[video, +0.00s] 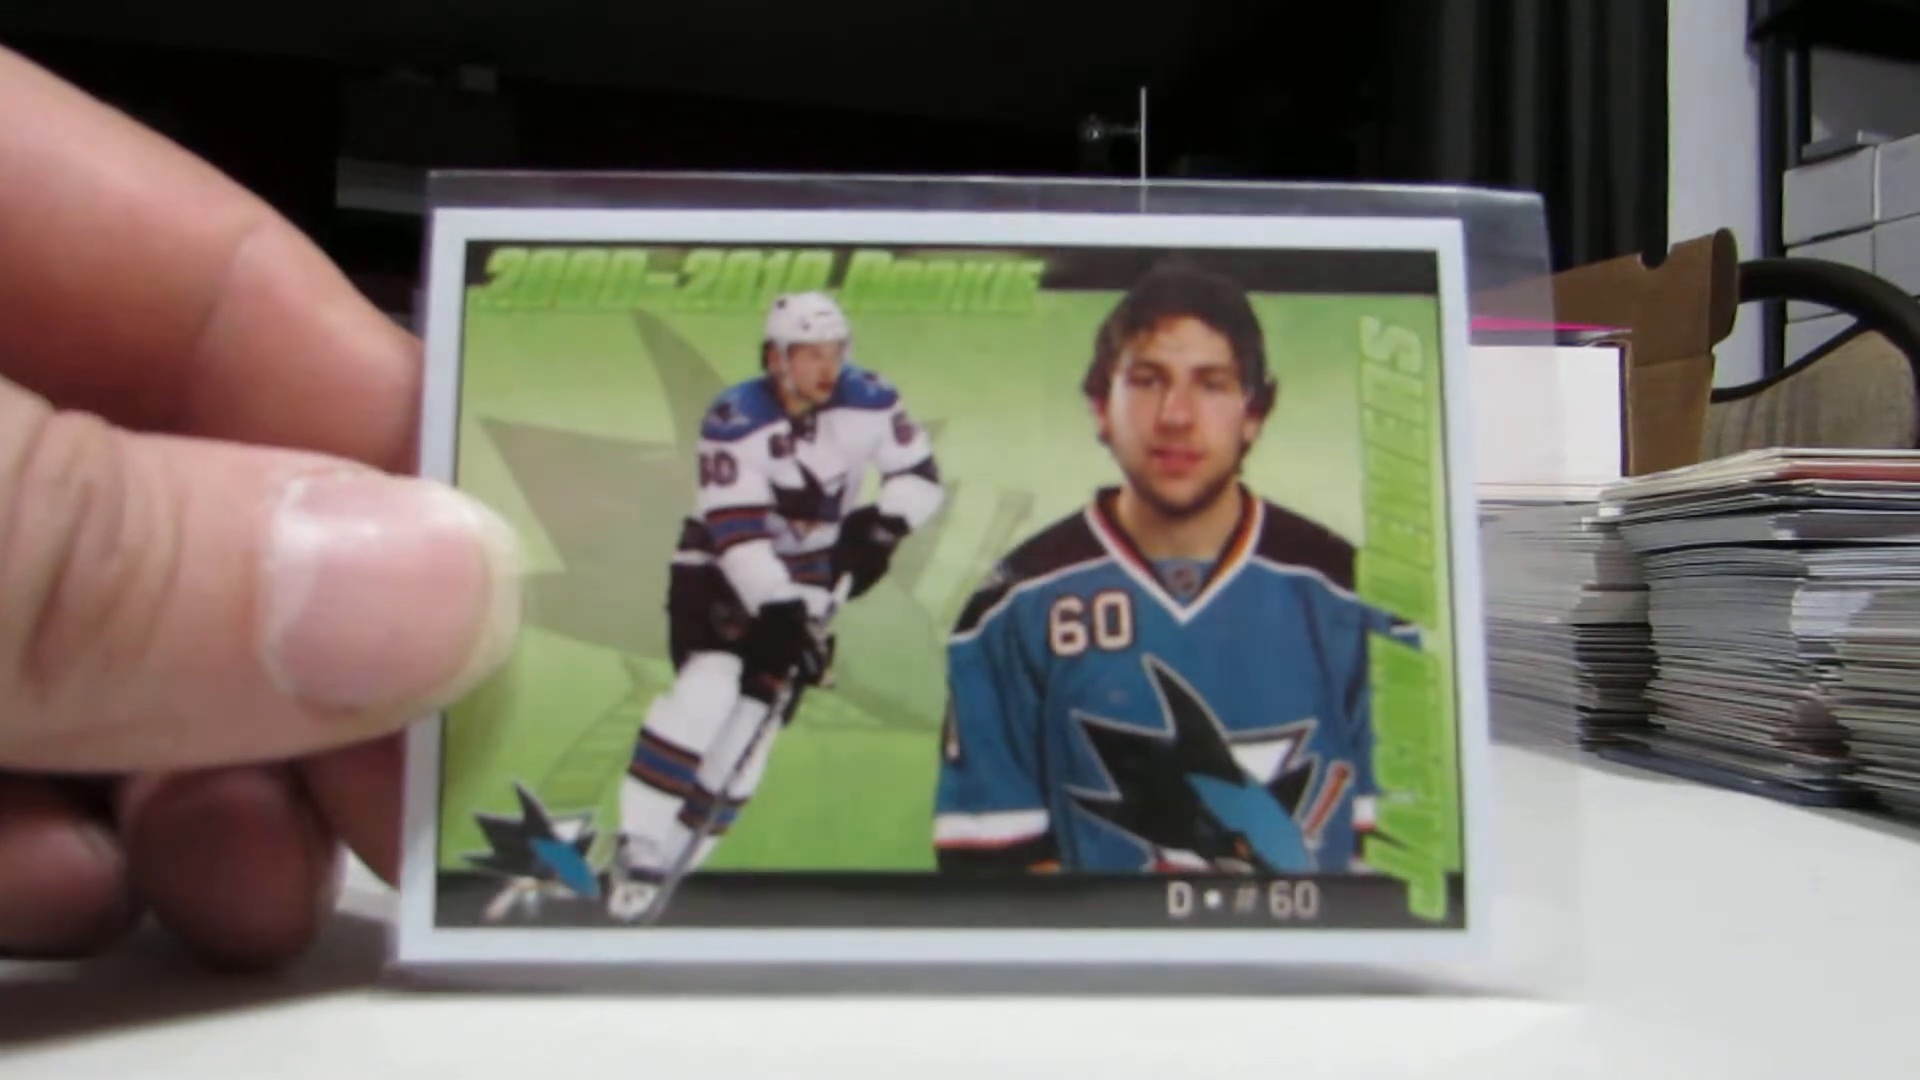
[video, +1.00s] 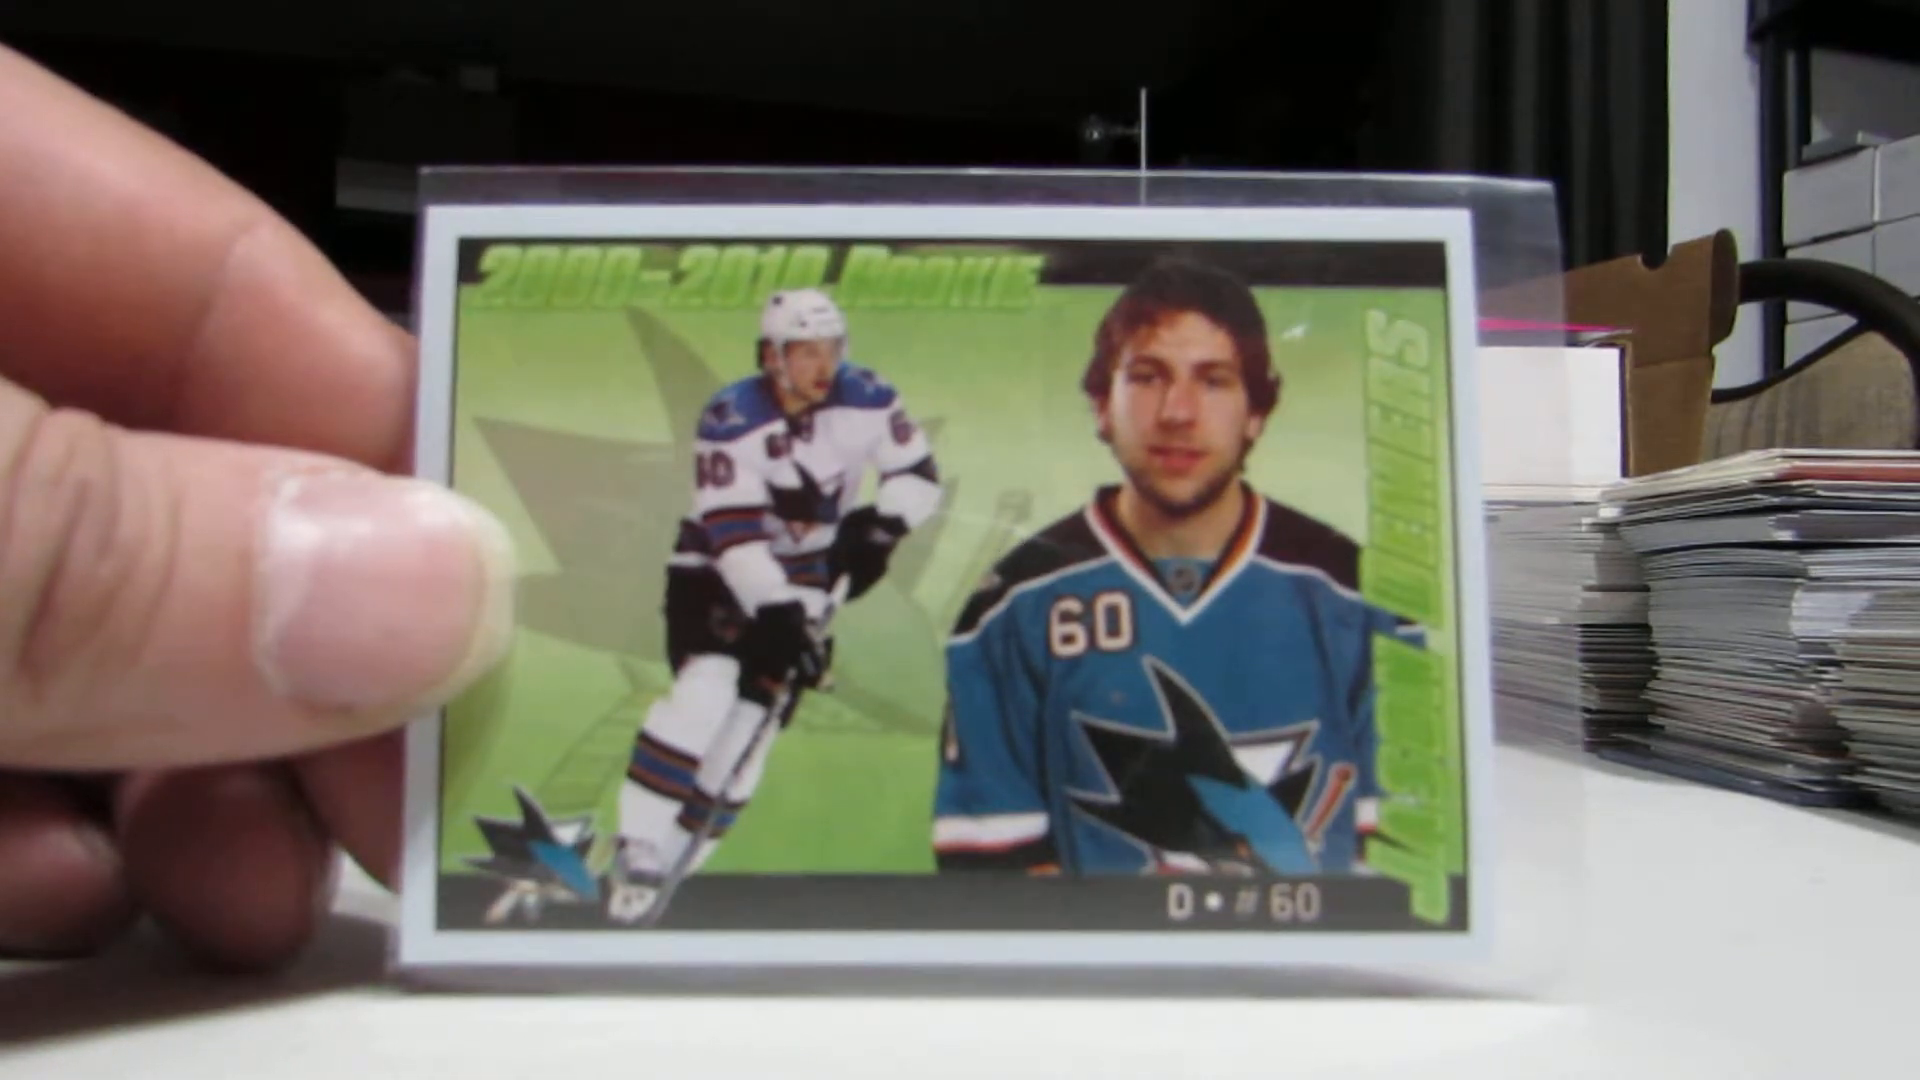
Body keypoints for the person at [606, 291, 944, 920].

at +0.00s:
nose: (828, 368)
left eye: (836, 354)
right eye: (813, 355)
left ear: (846, 354)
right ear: (777, 359)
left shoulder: (870, 403)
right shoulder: (736, 419)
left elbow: (918, 477)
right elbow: (735, 526)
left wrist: (880, 530)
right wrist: (777, 606)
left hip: (808, 578)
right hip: (723, 566)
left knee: (755, 718)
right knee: (711, 682)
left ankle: (676, 860)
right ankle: (641, 848)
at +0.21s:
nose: (825, 368)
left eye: (833, 354)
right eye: (810, 355)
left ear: (843, 354)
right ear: (775, 359)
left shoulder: (867, 403)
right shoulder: (734, 419)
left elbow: (917, 475)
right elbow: (733, 527)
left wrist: (879, 531)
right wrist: (776, 609)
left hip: (807, 578)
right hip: (722, 566)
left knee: (755, 720)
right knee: (709, 686)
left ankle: (679, 860)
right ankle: (641, 850)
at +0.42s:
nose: (825, 367)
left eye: (833, 353)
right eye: (810, 354)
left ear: (843, 353)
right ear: (774, 359)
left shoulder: (867, 401)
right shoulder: (733, 419)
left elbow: (917, 474)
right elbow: (733, 527)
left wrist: (880, 530)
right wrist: (775, 608)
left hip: (807, 577)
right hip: (721, 566)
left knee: (754, 722)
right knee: (708, 687)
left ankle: (678, 861)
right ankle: (642, 851)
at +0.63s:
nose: (825, 367)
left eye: (832, 353)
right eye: (809, 354)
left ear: (843, 352)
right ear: (774, 358)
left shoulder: (867, 401)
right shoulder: (733, 418)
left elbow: (917, 474)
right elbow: (733, 527)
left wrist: (880, 529)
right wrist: (775, 608)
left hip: (807, 578)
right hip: (720, 567)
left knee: (754, 722)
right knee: (708, 687)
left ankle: (678, 862)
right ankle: (642, 852)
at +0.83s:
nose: (823, 366)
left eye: (831, 351)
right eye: (808, 352)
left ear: (842, 351)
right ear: (773, 358)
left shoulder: (867, 400)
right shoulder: (732, 418)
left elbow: (917, 475)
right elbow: (732, 528)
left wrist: (879, 530)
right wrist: (776, 609)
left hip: (806, 578)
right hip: (720, 568)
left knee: (755, 721)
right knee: (708, 686)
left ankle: (679, 860)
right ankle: (641, 850)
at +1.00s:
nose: (824, 366)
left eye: (832, 352)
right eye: (808, 353)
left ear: (842, 352)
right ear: (773, 358)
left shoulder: (868, 401)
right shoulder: (732, 419)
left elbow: (917, 475)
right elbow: (732, 527)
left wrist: (878, 531)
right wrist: (776, 609)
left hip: (807, 578)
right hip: (720, 567)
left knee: (754, 722)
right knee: (708, 687)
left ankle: (680, 860)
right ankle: (640, 849)